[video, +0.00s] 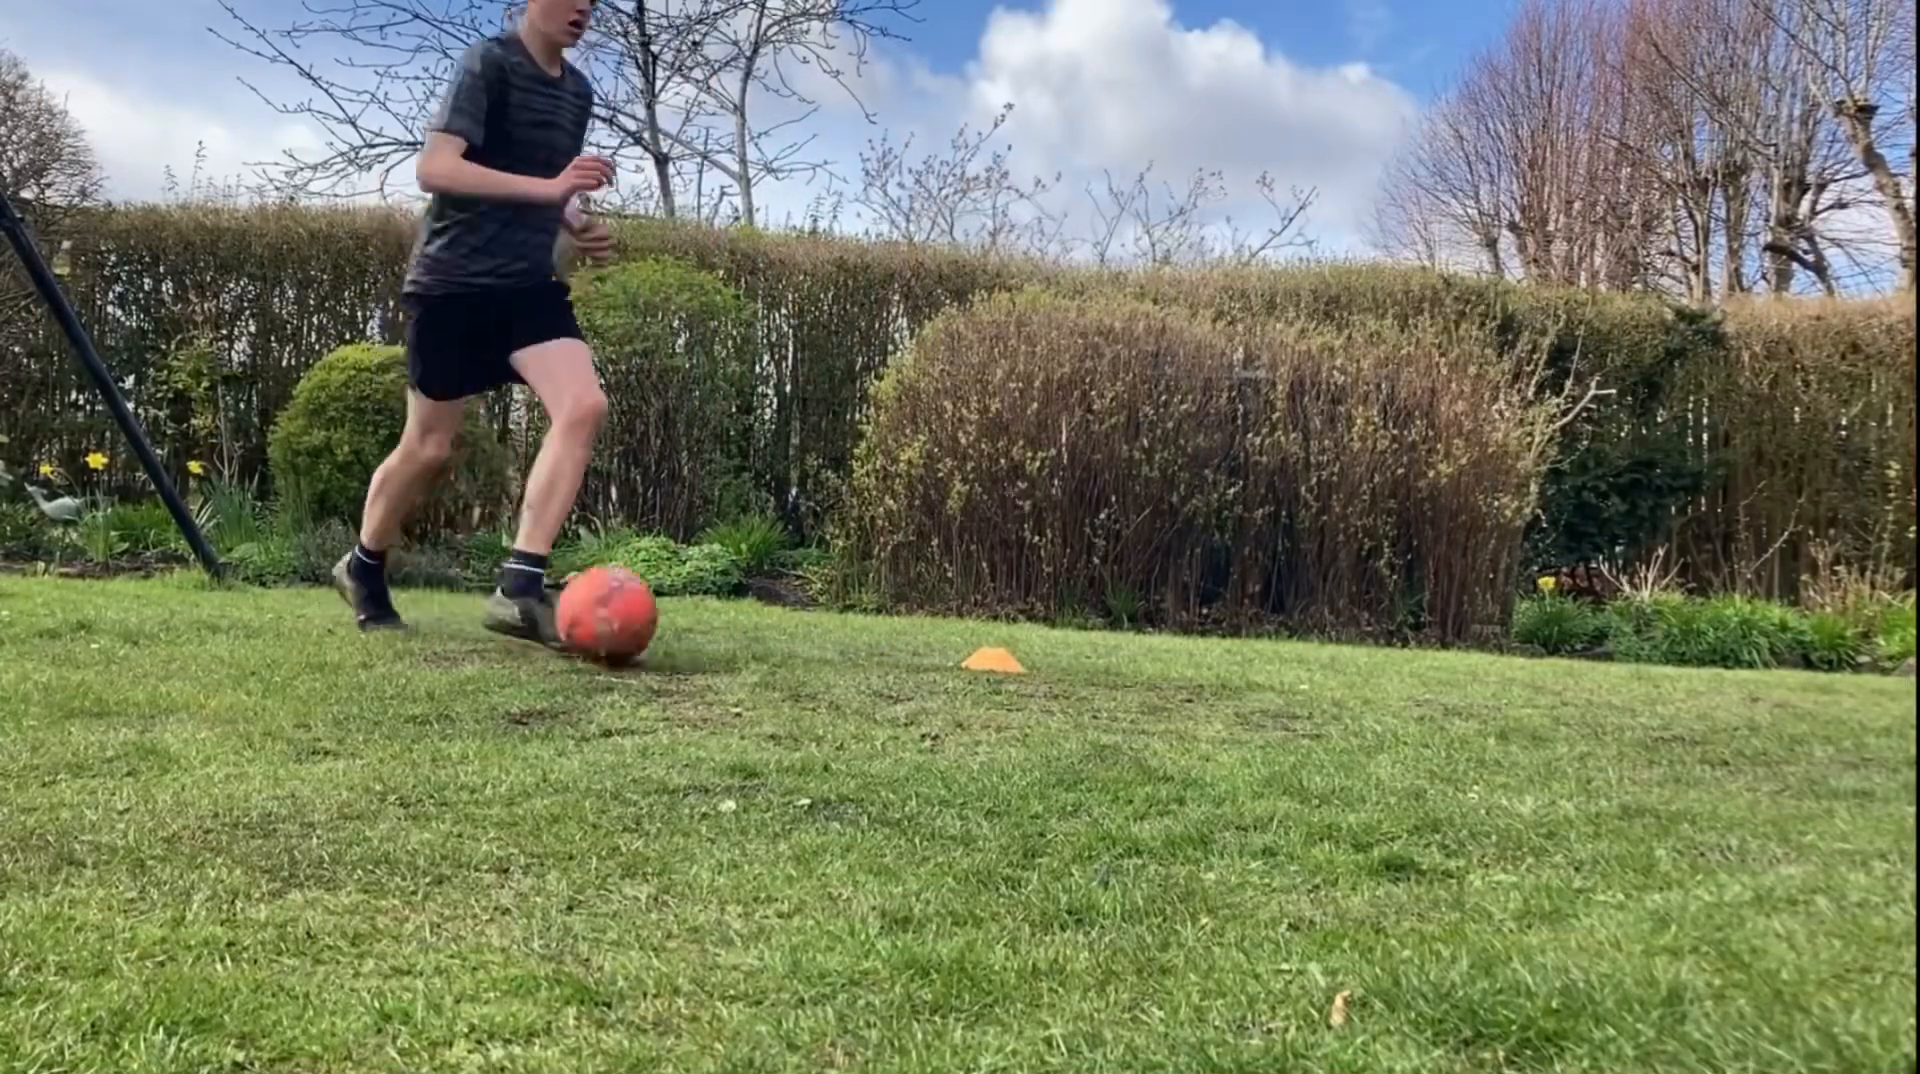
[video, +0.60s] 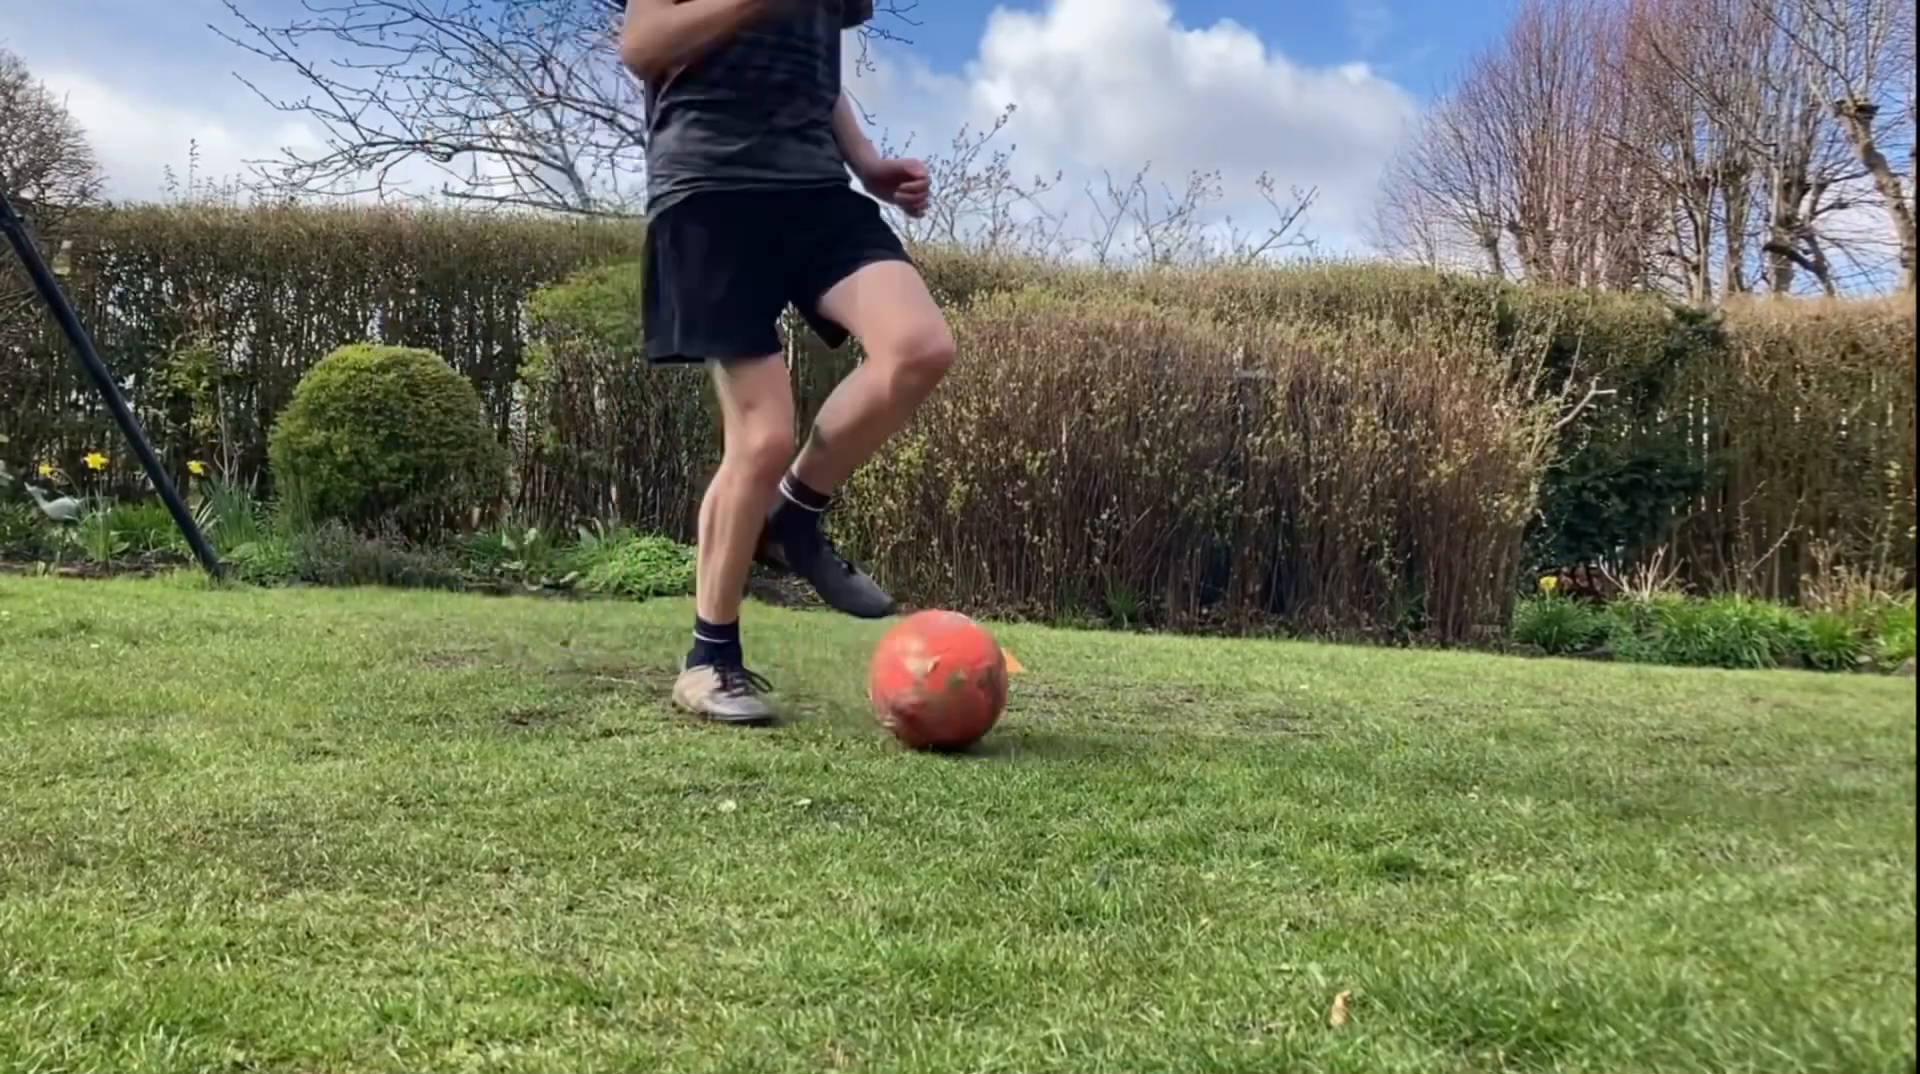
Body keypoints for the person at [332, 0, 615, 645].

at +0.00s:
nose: (582, 11)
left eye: (587, 3)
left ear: (586, 13)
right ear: (530, 1)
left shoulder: (576, 90)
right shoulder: (488, 63)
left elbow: (546, 186)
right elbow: (435, 167)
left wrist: (576, 226)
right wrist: (548, 187)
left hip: (529, 287)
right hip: (450, 286)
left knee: (582, 406)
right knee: (427, 448)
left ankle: (521, 585)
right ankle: (363, 565)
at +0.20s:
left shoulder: (660, 64)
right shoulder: (533, 27)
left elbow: (648, 178)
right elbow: (430, 127)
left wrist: (683, 204)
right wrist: (510, 137)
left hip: (596, 271)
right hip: (510, 263)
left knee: (590, 456)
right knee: (535, 460)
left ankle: (506, 613)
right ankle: (434, 547)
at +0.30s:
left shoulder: (707, 12)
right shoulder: (550, 4)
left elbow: (707, 130)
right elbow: (453, 62)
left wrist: (740, 152)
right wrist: (491, 92)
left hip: (640, 235)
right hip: (554, 214)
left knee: (597, 426)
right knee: (605, 399)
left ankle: (520, 589)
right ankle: (531, 595)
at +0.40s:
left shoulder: (749, 6)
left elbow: (754, 71)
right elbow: (498, 29)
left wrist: (780, 109)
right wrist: (540, 65)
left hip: (702, 188)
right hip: (607, 171)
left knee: (639, 398)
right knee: (660, 380)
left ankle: (580, 539)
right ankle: (656, 636)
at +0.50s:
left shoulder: (785, 3)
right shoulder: (609, 1)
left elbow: (781, 70)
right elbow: (552, 71)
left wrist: (817, 139)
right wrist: (636, 69)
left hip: (759, 202)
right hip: (657, 194)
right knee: (721, 402)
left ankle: (680, 486)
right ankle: (706, 661)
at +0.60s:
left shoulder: (821, 6)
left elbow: (814, 75)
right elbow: (642, 46)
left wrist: (867, 162)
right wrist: (761, 1)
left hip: (815, 181)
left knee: (918, 348)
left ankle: (790, 515)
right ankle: (711, 660)